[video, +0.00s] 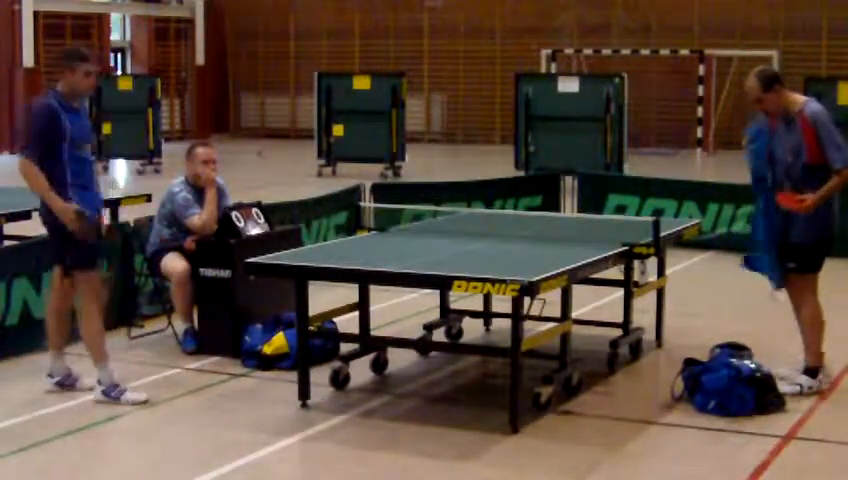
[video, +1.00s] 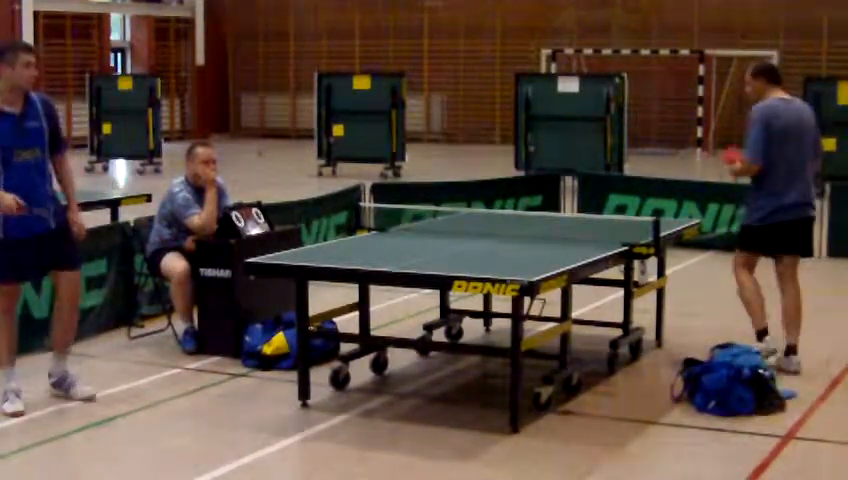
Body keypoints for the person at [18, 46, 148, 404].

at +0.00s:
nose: (92, 82)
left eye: (94, 76)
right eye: (87, 75)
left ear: (90, 79)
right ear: (66, 74)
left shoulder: (81, 112)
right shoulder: (45, 110)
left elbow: (86, 167)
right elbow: (28, 164)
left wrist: (99, 208)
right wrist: (59, 206)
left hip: (85, 209)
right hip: (65, 211)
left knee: (63, 286)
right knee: (91, 288)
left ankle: (57, 369)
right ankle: (106, 379)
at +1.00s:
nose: (34, 72)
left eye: (35, 66)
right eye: (27, 66)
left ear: (35, 69)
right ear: (5, 69)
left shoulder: (43, 108)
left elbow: (60, 157)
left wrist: (72, 206)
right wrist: (0, 196)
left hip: (50, 216)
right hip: (10, 221)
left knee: (71, 281)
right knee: (8, 297)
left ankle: (60, 371)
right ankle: (9, 382)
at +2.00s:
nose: (114, 72)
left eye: (114, 64)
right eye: (109, 63)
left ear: (101, 66)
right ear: (87, 64)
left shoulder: (107, 108)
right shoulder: (61, 114)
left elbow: (130, 166)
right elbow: (71, 177)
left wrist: (123, 153)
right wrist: (134, 175)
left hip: (111, 228)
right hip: (82, 232)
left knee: (100, 317)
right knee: (95, 316)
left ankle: (84, 405)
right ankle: (84, 408)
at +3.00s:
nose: (246, 76)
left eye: (244, 68)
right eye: (243, 68)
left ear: (215, 67)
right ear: (233, 68)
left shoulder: (220, 113)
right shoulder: (207, 117)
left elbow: (213, 188)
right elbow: (204, 189)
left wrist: (248, 216)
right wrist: (255, 214)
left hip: (232, 244)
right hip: (211, 247)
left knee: (245, 325)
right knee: (221, 333)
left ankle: (247, 422)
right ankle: (176, 421)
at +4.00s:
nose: (313, 84)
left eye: (312, 76)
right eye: (311, 77)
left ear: (270, 71)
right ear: (301, 79)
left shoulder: (226, 106)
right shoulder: (292, 130)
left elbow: (201, 171)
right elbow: (292, 205)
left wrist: (211, 219)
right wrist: (324, 241)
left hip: (220, 248)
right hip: (269, 254)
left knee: (212, 339)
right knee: (268, 347)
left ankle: (188, 439)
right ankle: (272, 452)